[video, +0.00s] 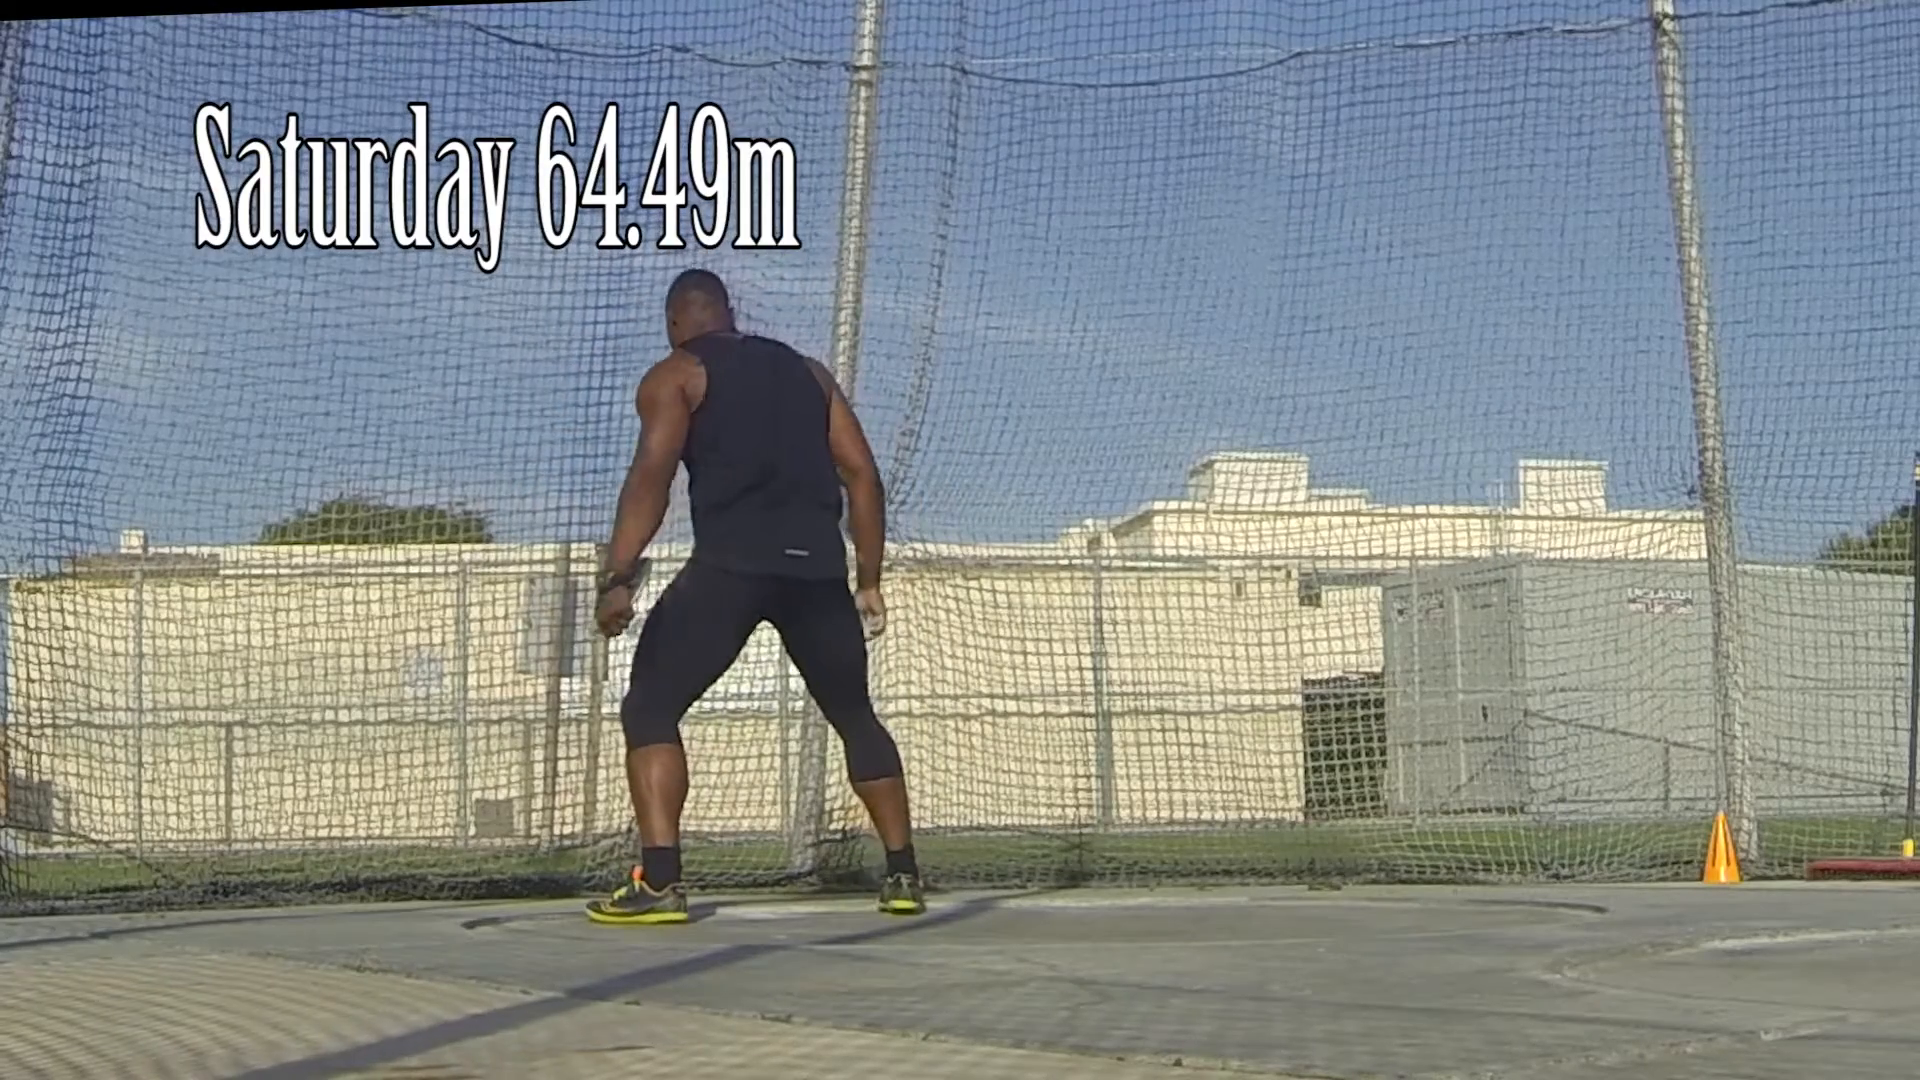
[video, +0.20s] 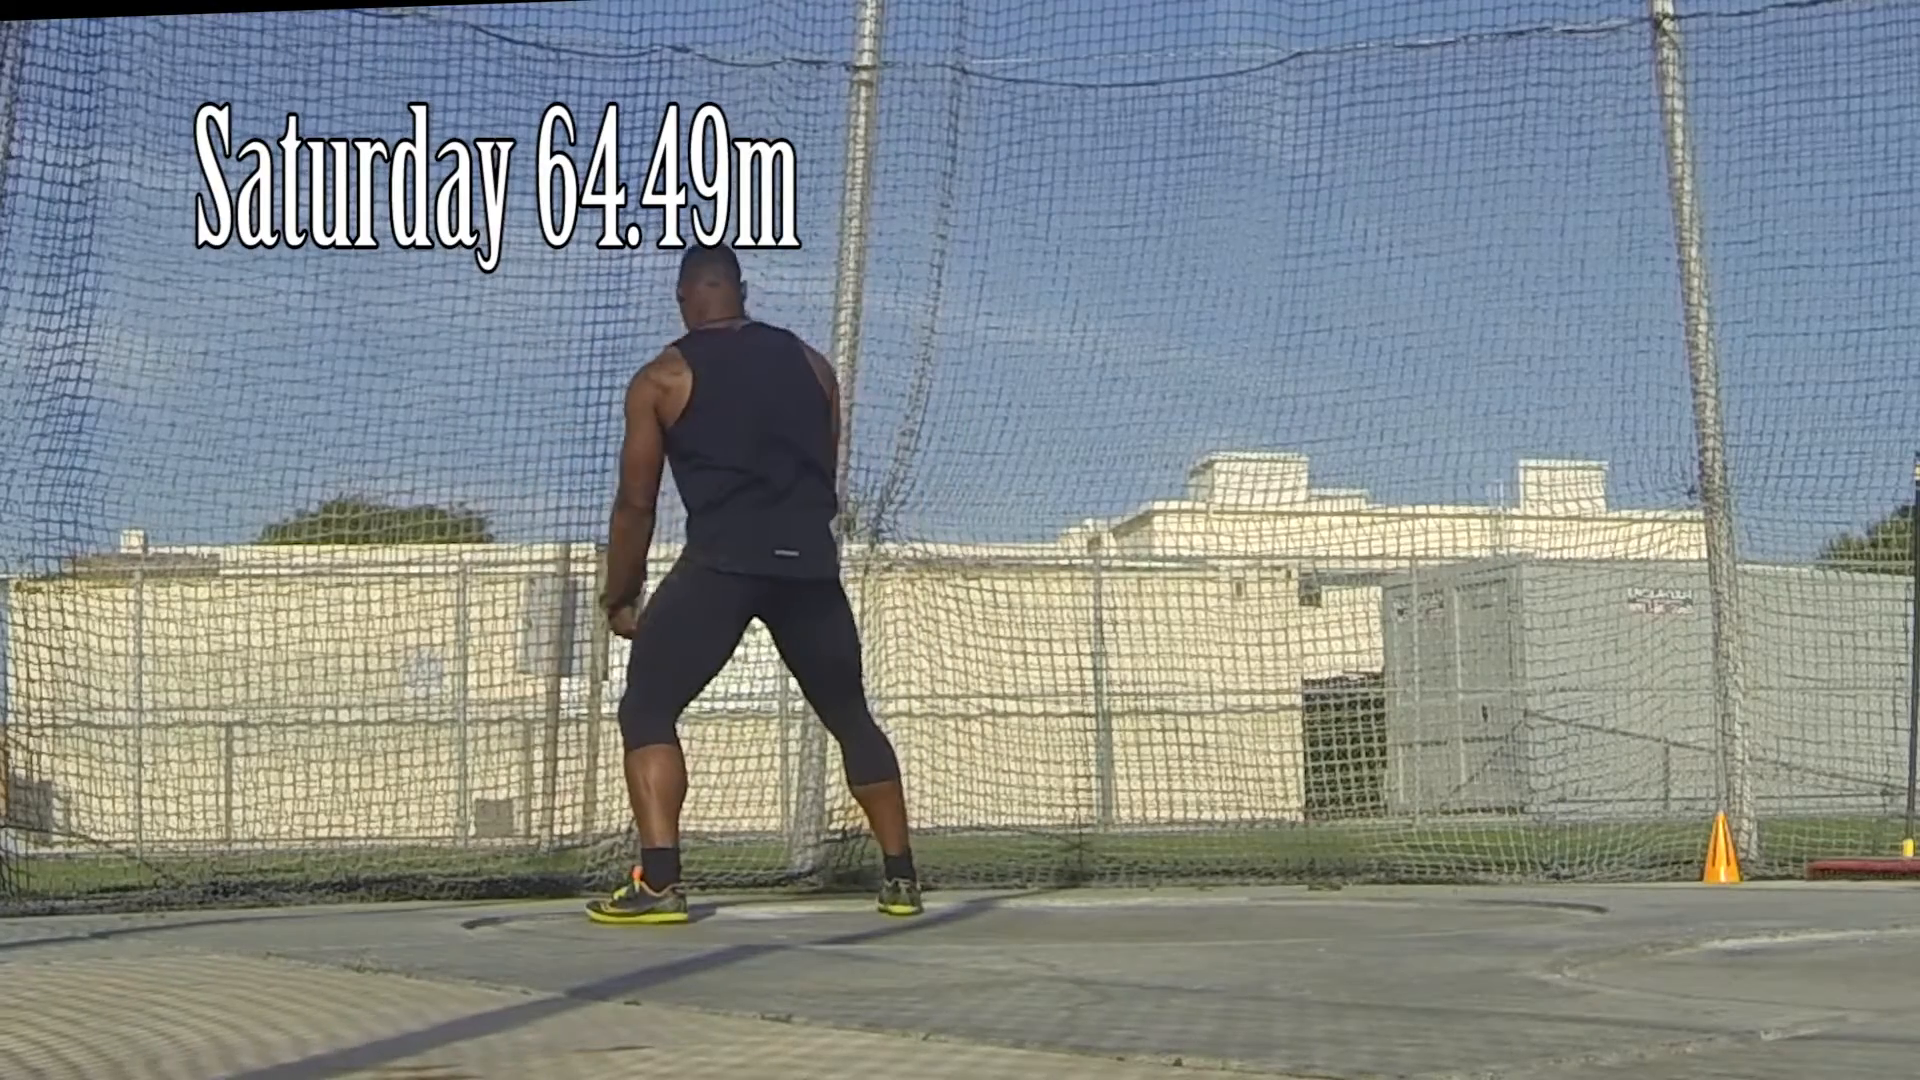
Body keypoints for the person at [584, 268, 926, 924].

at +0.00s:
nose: (671, 335)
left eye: (670, 326)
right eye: (674, 327)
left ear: (677, 322)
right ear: (731, 315)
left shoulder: (675, 375)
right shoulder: (807, 371)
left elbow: (652, 475)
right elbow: (863, 471)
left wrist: (620, 577)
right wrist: (870, 577)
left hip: (728, 570)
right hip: (819, 574)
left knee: (650, 709)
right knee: (856, 715)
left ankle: (659, 882)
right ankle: (903, 873)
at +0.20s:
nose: (690, 303)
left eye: (686, 293)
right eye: (701, 289)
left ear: (682, 298)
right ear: (743, 294)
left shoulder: (661, 377)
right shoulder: (814, 365)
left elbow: (636, 503)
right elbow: (826, 480)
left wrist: (620, 599)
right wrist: (785, 540)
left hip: (720, 565)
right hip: (809, 565)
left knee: (647, 709)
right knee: (852, 716)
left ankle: (658, 883)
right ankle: (901, 876)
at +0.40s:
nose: (729, 290)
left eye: (731, 279)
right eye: (743, 278)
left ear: (735, 285)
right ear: (790, 289)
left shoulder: (699, 356)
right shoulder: (837, 362)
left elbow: (668, 474)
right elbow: (828, 460)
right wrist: (738, 433)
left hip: (732, 560)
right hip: (817, 565)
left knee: (668, 704)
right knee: (850, 715)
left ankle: (659, 880)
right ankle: (900, 876)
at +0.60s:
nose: (774, 294)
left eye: (776, 284)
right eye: (780, 285)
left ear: (780, 286)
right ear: (837, 290)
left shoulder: (752, 349)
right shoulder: (871, 369)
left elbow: (690, 454)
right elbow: (834, 451)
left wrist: (752, 463)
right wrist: (742, 450)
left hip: (755, 558)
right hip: (837, 569)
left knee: (695, 702)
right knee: (853, 718)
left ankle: (659, 871)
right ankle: (899, 875)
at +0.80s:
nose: (822, 306)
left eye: (817, 294)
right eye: (851, 299)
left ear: (814, 296)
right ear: (874, 306)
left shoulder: (787, 351)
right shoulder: (905, 389)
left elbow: (722, 443)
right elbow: (866, 466)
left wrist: (720, 497)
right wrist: (787, 496)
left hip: (773, 557)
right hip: (851, 573)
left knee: (696, 694)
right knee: (853, 718)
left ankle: (659, 863)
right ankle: (898, 876)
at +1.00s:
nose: (849, 318)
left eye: (846, 308)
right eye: (880, 315)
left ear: (841, 311)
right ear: (902, 324)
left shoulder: (796, 352)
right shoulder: (926, 413)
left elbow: (725, 445)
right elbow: (916, 518)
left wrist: (744, 515)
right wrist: (876, 557)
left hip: (769, 554)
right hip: (850, 577)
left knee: (687, 693)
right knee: (853, 719)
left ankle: (665, 866)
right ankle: (899, 877)